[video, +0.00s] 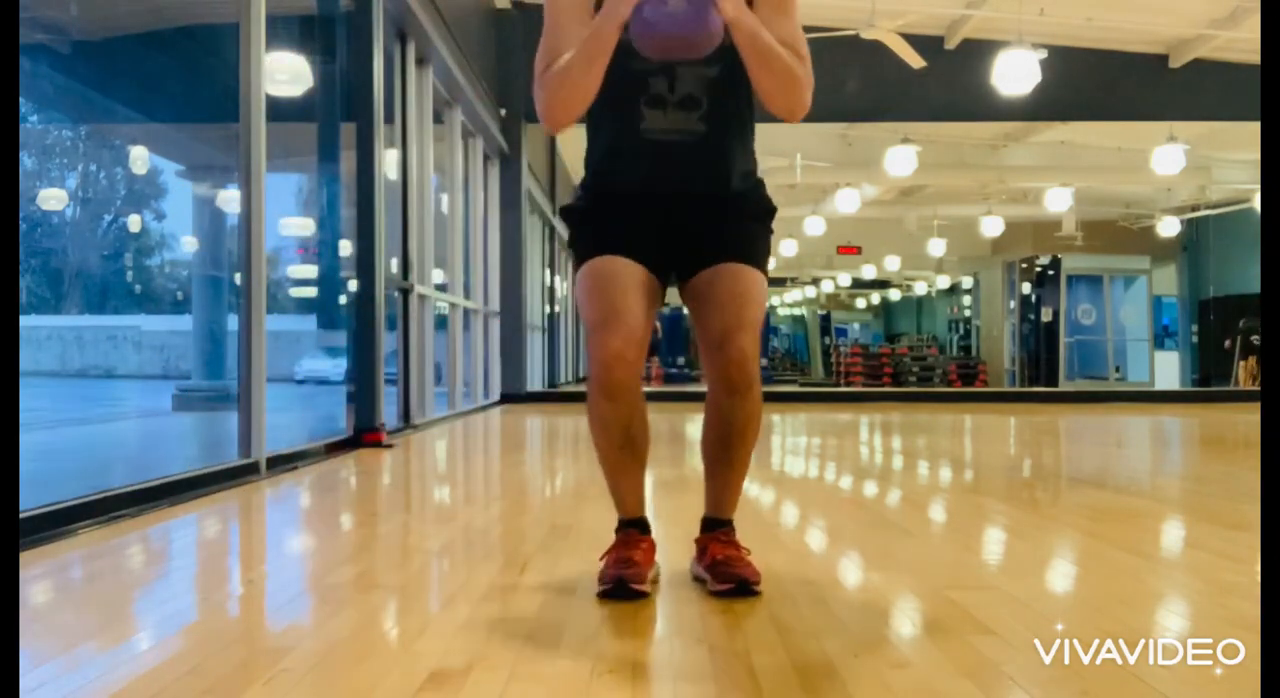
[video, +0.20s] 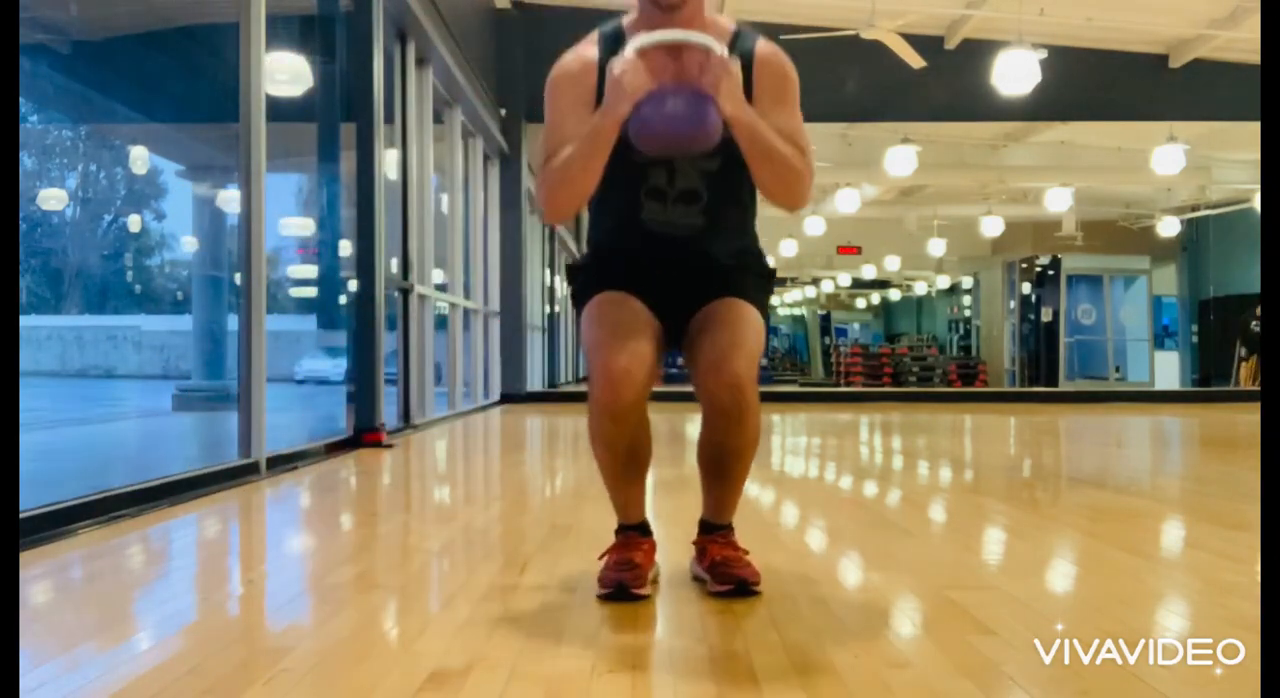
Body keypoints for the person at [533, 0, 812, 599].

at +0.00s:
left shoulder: (760, 0)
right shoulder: (579, 3)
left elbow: (792, 99)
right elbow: (555, 109)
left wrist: (733, 11)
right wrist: (614, 13)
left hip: (724, 205)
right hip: (618, 205)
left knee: (736, 361)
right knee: (613, 358)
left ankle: (719, 536)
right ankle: (631, 535)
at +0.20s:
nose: (674, 4)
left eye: (687, 1)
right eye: (660, 2)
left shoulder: (762, 61)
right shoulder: (581, 67)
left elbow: (794, 190)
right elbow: (555, 203)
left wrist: (734, 106)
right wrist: (614, 107)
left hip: (723, 263)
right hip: (623, 263)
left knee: (731, 384)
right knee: (616, 383)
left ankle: (718, 538)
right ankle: (631, 539)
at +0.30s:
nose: (670, 2)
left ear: (715, 7)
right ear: (630, 7)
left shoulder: (762, 104)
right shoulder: (584, 108)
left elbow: (792, 236)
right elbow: (556, 247)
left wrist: (732, 154)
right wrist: (612, 157)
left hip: (723, 295)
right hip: (622, 294)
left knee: (731, 392)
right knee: (615, 391)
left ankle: (718, 539)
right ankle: (630, 539)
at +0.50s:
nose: (676, 68)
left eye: (695, 52)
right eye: (659, 50)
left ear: (719, 70)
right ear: (635, 66)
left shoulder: (764, 173)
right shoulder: (586, 176)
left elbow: (796, 307)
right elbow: (553, 314)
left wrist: (737, 235)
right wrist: (609, 236)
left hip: (723, 355)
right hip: (626, 354)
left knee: (736, 400)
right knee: (610, 394)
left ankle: (718, 540)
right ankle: (630, 540)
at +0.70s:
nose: (683, 87)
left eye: (701, 72)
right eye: (666, 69)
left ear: (724, 92)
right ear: (641, 85)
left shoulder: (767, 190)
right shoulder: (591, 193)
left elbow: (799, 327)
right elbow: (557, 333)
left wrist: (742, 256)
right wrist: (613, 255)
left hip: (722, 377)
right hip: (630, 377)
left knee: (742, 407)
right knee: (612, 399)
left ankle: (718, 540)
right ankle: (630, 540)